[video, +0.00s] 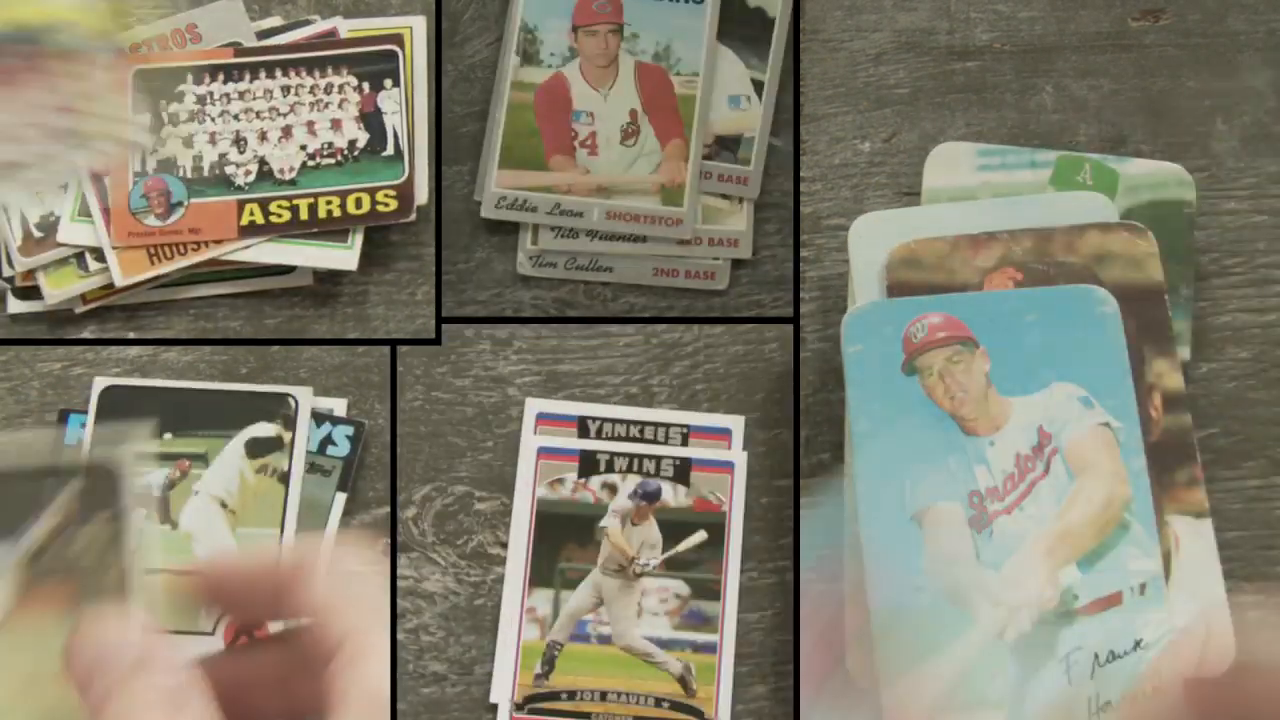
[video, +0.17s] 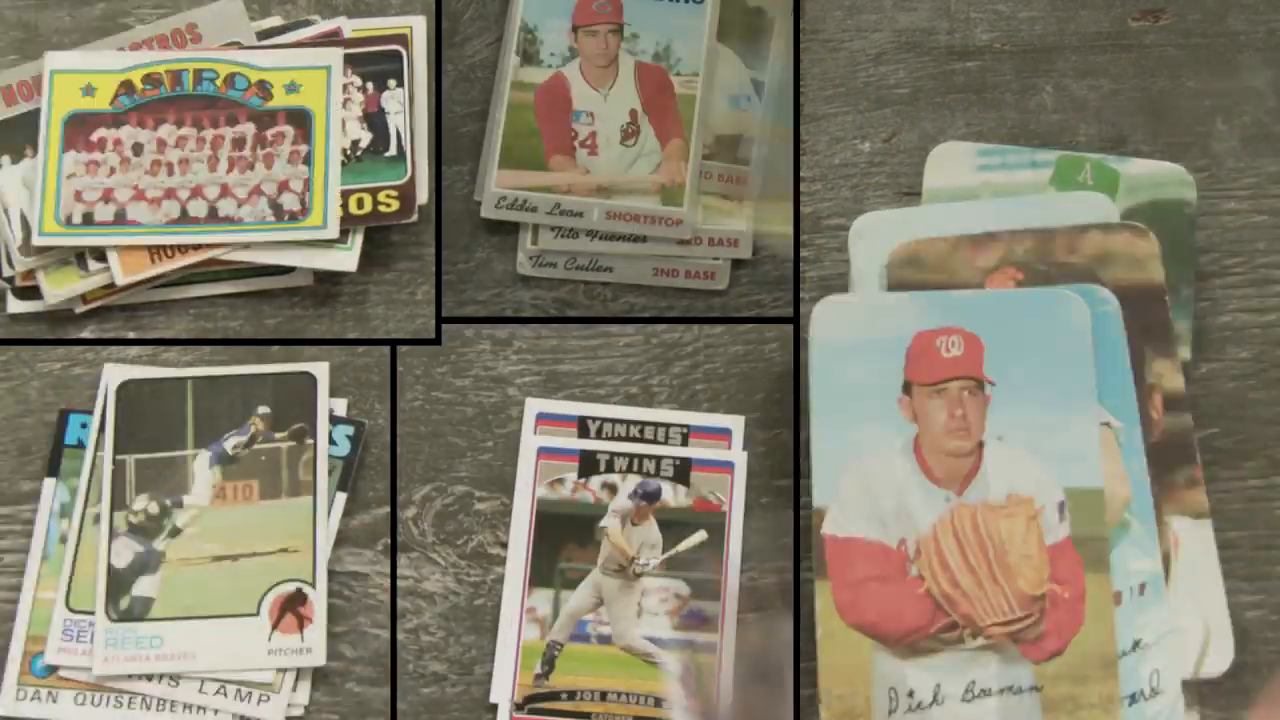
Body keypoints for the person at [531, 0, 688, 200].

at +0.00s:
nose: (603, 44)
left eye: (612, 33)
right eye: (591, 34)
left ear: (621, 36)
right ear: (573, 38)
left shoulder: (652, 78)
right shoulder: (554, 90)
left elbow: (674, 138)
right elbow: (558, 155)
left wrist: (673, 161)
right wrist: (576, 177)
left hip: (641, 198)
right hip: (584, 198)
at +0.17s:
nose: (603, 45)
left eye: (612, 33)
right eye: (592, 34)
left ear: (621, 36)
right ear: (573, 38)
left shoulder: (652, 78)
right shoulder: (553, 91)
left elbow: (674, 138)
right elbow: (558, 155)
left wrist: (673, 162)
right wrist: (575, 177)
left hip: (641, 200)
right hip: (584, 200)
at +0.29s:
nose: (674, 58)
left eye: (678, 53)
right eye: (669, 52)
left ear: (682, 56)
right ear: (658, 51)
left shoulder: (682, 86)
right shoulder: (629, 73)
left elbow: (678, 123)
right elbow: (598, 106)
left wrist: (691, 130)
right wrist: (618, 139)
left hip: (649, 135)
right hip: (620, 133)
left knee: (649, 186)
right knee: (629, 189)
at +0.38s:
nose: (674, 58)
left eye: (679, 53)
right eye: (669, 52)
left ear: (682, 56)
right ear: (658, 51)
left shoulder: (682, 86)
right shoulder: (629, 73)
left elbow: (677, 123)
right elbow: (598, 106)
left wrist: (690, 130)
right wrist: (618, 139)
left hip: (649, 134)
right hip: (620, 133)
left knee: (648, 186)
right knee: (629, 189)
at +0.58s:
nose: (655, 139)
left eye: (666, 128)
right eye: (649, 129)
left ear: (692, 129)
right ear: (644, 133)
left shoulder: (732, 165)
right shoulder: (638, 180)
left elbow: (771, 224)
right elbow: (623, 238)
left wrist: (745, 262)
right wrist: (594, 263)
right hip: (686, 275)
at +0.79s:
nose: (656, 140)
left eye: (666, 128)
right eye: (649, 130)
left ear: (691, 128)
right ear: (643, 133)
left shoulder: (725, 165)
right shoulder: (638, 180)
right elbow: (622, 241)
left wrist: (744, 262)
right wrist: (593, 262)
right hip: (686, 272)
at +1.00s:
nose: (637, 136)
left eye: (645, 129)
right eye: (630, 129)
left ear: (652, 130)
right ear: (616, 131)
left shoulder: (677, 153)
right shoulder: (598, 158)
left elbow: (700, 209)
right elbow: (582, 223)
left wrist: (694, 233)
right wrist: (600, 221)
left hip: (662, 204)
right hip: (616, 202)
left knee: (653, 274)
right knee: (584, 273)